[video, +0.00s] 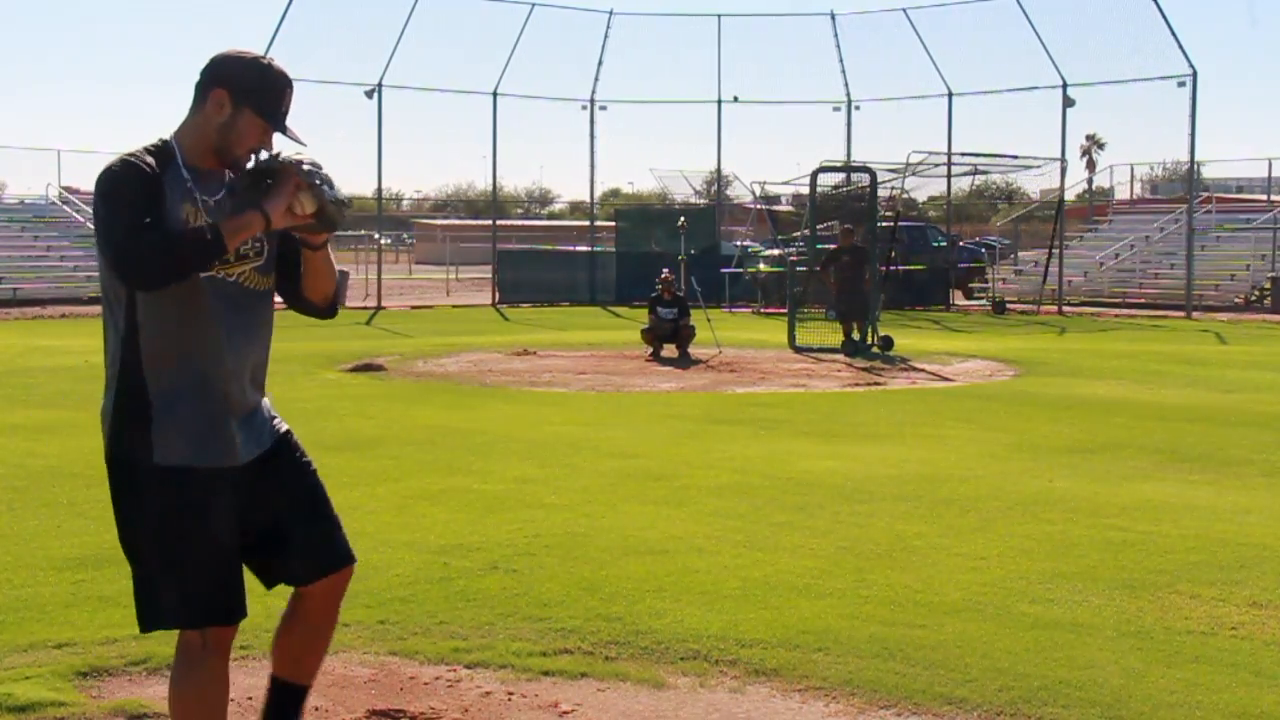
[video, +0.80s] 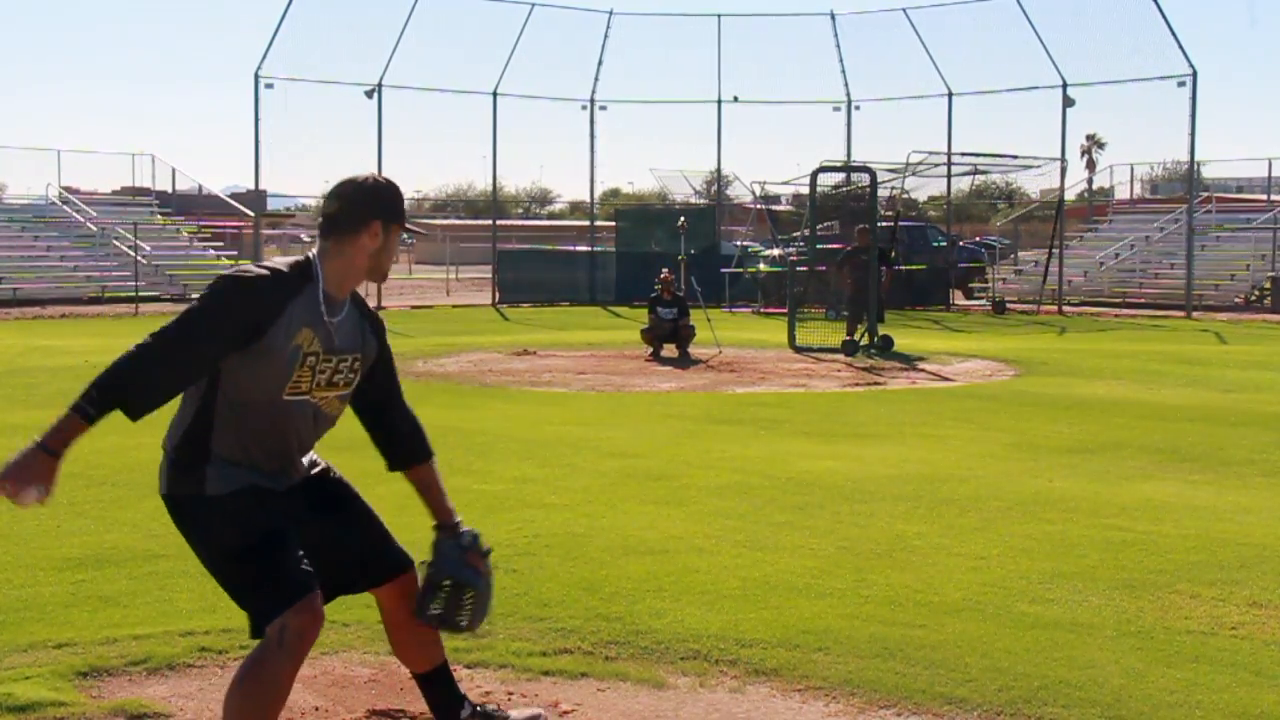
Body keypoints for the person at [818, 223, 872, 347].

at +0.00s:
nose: (845, 239)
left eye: (848, 236)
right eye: (843, 236)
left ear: (853, 237)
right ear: (840, 237)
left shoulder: (861, 251)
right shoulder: (835, 252)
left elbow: (871, 267)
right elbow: (823, 269)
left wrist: (868, 280)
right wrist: (830, 284)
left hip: (859, 287)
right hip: (842, 288)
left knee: (861, 317)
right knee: (845, 318)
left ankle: (862, 340)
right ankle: (848, 341)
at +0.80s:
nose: (863, 238)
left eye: (866, 235)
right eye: (861, 235)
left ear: (870, 236)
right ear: (856, 237)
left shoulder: (877, 251)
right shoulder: (851, 252)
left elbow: (889, 266)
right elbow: (839, 267)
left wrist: (886, 282)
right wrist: (845, 281)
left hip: (873, 287)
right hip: (856, 287)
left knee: (873, 317)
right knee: (853, 316)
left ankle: (872, 343)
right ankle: (849, 340)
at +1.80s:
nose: (865, 239)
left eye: (868, 236)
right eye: (863, 236)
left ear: (873, 236)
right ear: (860, 238)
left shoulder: (884, 251)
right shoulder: (856, 252)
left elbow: (894, 267)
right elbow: (844, 267)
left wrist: (888, 284)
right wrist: (850, 281)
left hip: (877, 288)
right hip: (861, 288)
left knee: (875, 317)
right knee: (857, 317)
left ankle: (872, 342)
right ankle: (852, 341)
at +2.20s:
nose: (864, 239)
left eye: (866, 236)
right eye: (862, 236)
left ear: (873, 237)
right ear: (859, 237)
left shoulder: (882, 251)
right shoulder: (856, 252)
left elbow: (894, 266)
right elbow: (842, 267)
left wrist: (888, 284)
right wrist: (850, 281)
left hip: (877, 289)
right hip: (860, 288)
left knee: (874, 317)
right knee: (856, 317)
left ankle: (873, 341)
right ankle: (852, 340)